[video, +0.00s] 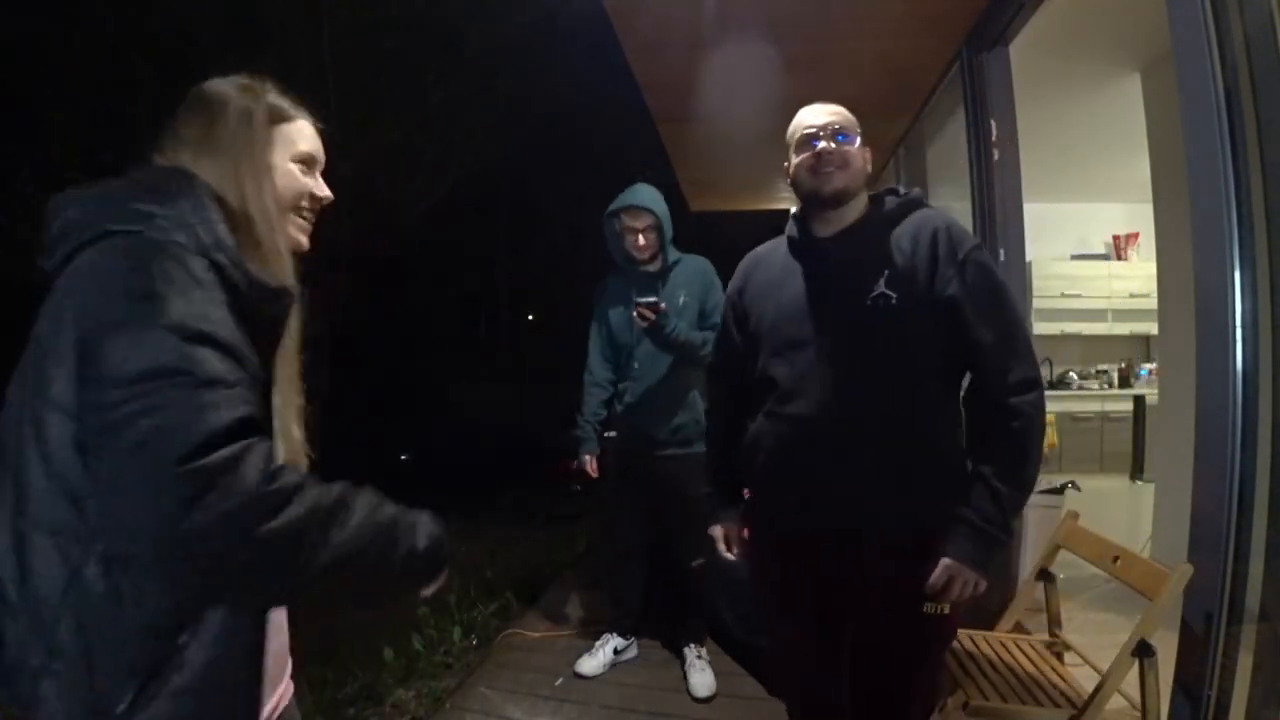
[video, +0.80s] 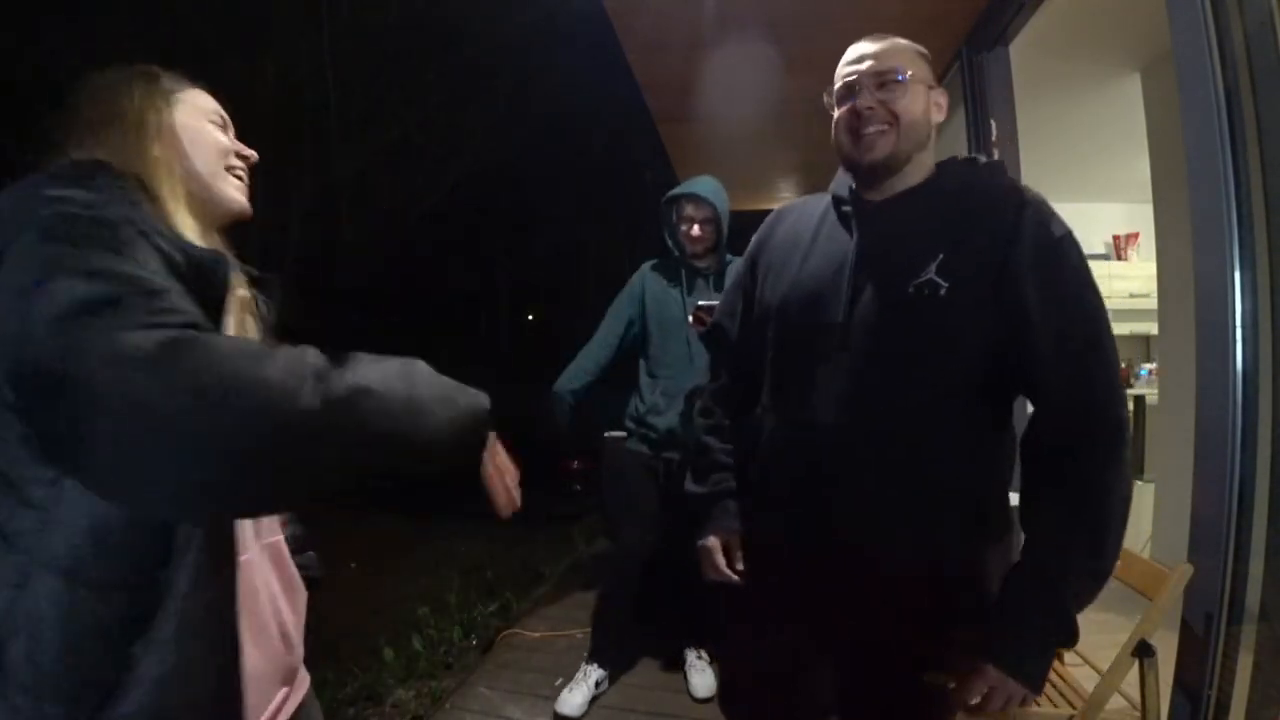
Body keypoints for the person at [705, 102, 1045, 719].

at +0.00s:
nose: (824, 146)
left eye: (841, 134)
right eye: (806, 141)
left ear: (870, 158)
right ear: (789, 173)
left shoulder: (933, 241)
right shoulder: (755, 273)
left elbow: (1013, 393)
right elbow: (725, 398)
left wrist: (977, 537)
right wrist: (724, 501)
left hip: (909, 532)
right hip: (791, 533)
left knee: (897, 702)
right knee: (811, 700)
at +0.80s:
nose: (861, 100)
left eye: (888, 81)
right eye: (845, 91)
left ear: (937, 104)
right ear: (831, 121)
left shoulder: (1010, 224)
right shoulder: (779, 234)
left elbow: (1086, 432)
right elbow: (722, 389)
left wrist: (1026, 636)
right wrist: (716, 506)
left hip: (937, 586)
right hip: (782, 583)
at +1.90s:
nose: (851, 105)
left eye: (877, 87)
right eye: (822, 96)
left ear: (920, 125)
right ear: (793, 147)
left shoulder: (1019, 259)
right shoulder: (735, 278)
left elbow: (1085, 469)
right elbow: (697, 462)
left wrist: (965, 643)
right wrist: (747, 606)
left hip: (945, 645)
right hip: (786, 639)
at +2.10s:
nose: (804, 166)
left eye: (841, 133)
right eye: (776, 144)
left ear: (911, 160)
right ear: (752, 178)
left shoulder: (1019, 309)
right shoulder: (708, 317)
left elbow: (1121, 534)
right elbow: (659, 498)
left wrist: (969, 668)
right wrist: (713, 627)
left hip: (935, 686)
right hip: (763, 681)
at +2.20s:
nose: (733, 212)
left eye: (772, 171)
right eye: (706, 187)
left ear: (866, 183)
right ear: (690, 206)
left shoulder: (994, 333)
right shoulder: (686, 338)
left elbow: (1132, 583)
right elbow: (658, 504)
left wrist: (962, 693)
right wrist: (700, 634)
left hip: (941, 668)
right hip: (768, 671)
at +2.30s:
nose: (640, 242)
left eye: (673, 202)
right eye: (628, 210)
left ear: (794, 198)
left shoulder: (938, 341)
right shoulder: (660, 358)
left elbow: (1113, 601)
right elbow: (655, 508)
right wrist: (674, 630)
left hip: (939, 684)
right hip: (759, 677)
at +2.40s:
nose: (546, 255)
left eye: (572, 215)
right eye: (538, 225)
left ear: (695, 197)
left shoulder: (854, 326)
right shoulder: (632, 341)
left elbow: (1042, 594)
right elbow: (637, 512)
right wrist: (660, 626)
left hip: (922, 673)